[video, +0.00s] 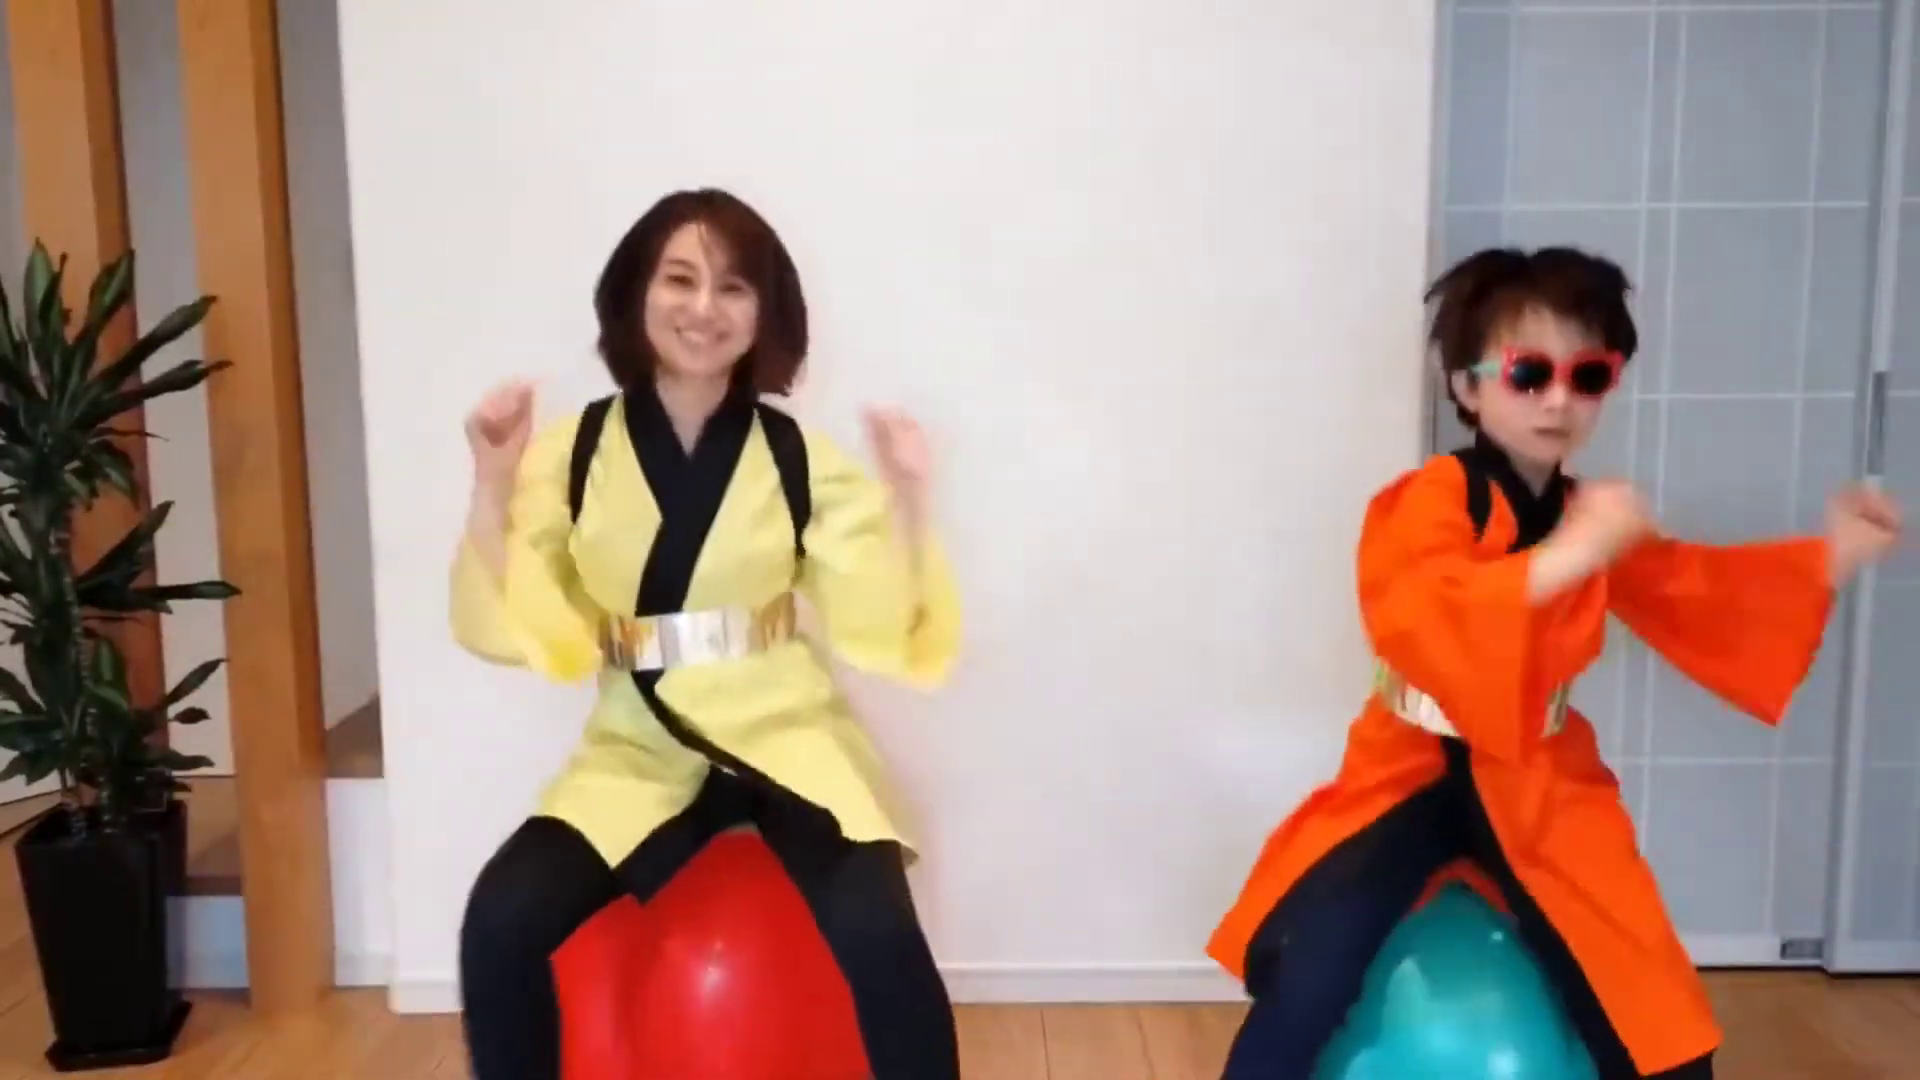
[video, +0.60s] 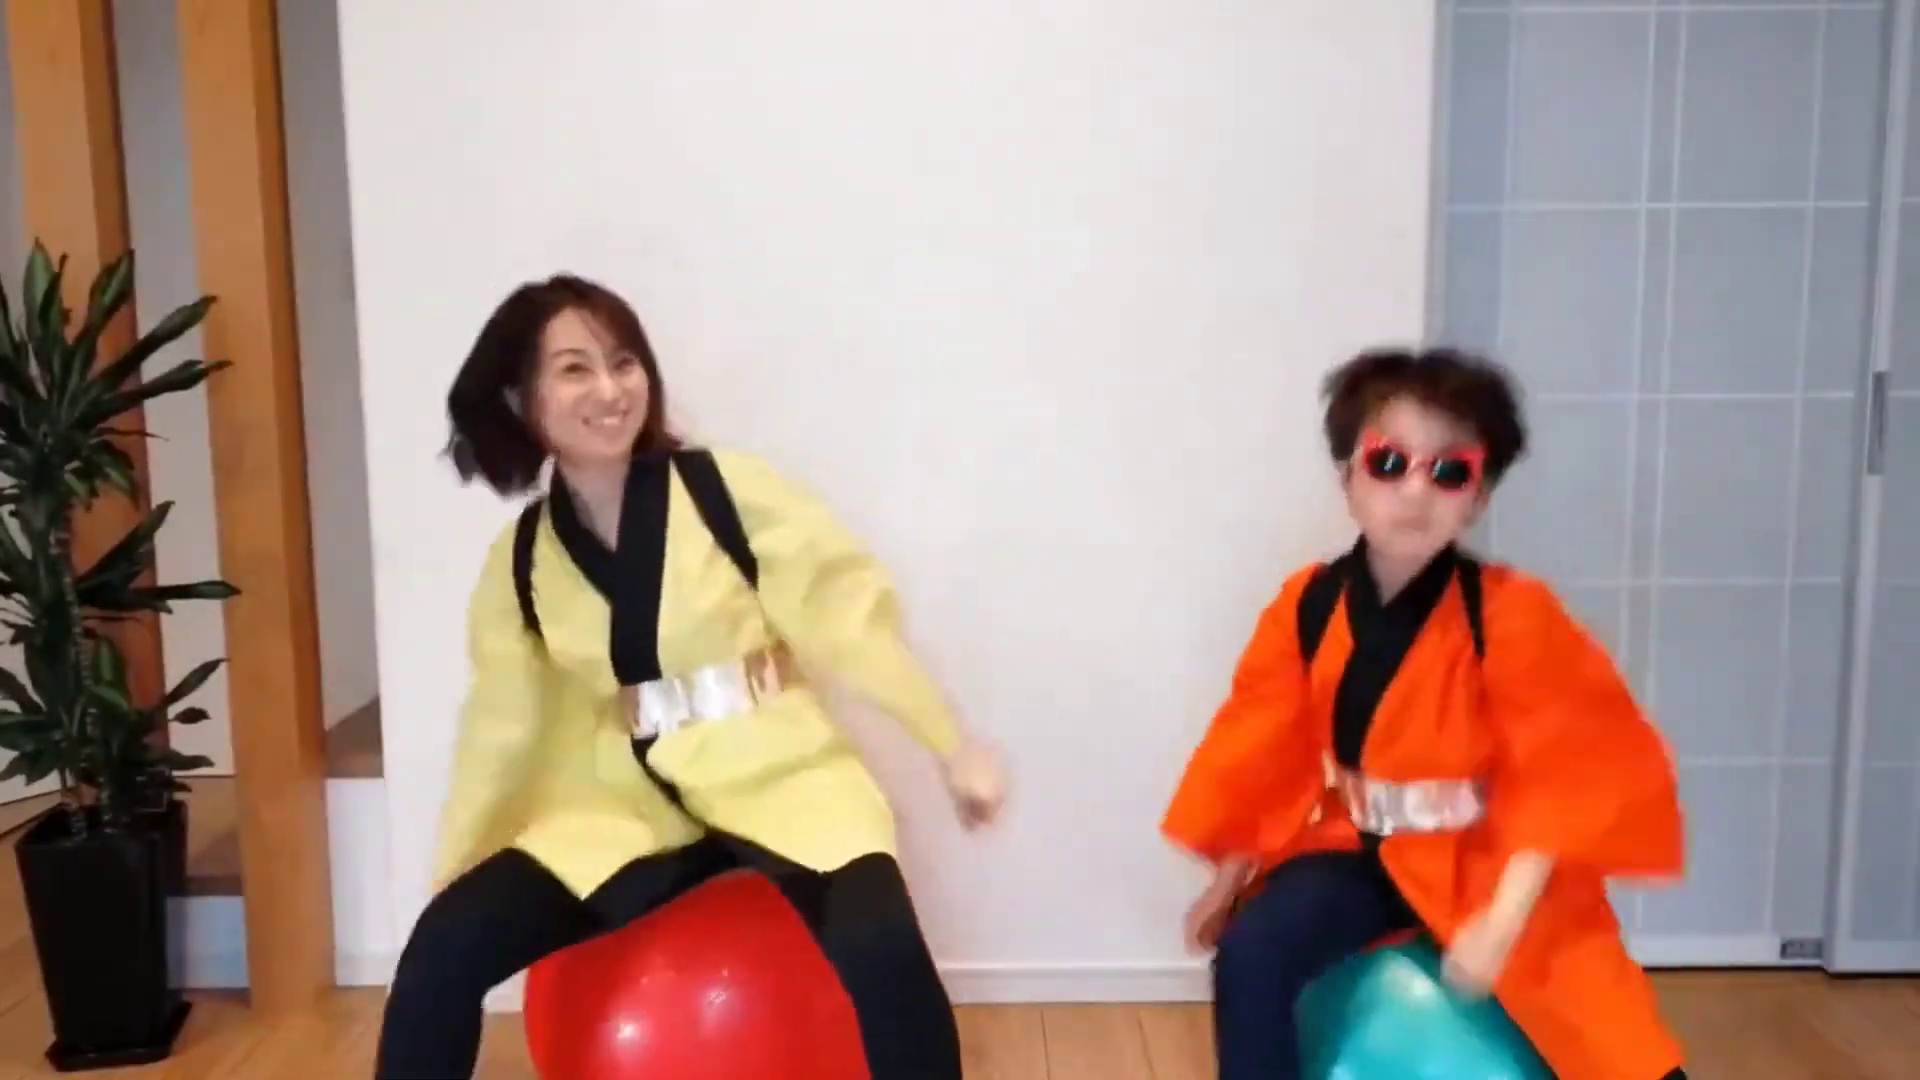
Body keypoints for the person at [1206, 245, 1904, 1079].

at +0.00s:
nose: (1560, 399)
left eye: (1587, 377)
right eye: (1529, 373)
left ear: (1609, 391)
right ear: (1467, 389)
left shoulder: (1591, 517)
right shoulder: (1421, 504)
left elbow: (1698, 589)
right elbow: (1423, 618)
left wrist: (1828, 555)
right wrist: (1563, 558)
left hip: (1537, 780)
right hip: (1408, 774)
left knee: (1643, 1006)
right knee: (1306, 965)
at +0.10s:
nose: (1554, 478)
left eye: (1582, 454)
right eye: (1521, 451)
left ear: (1603, 468)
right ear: (1461, 465)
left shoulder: (1597, 597)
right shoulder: (1407, 576)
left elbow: (1725, 706)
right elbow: (1353, 698)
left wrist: (1707, 603)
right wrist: (1451, 597)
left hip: (1541, 848)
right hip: (1409, 838)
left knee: (1638, 1015)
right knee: (1311, 982)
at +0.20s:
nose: (1529, 563)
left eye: (1558, 541)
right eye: (1498, 538)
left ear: (1579, 557)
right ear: (1446, 557)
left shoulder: (1590, 676)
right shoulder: (1397, 666)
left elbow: (1689, 803)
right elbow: (1304, 815)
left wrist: (1693, 688)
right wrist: (1392, 716)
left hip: (1525, 921)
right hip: (1391, 909)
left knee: (1612, 1055)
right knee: (1280, 1009)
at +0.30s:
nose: (1505, 526)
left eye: (1536, 501)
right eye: (1473, 499)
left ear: (1565, 516)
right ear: (1429, 511)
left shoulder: (1589, 642)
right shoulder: (1385, 628)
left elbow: (1624, 799)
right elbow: (1280, 787)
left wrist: (1679, 726)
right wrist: (1329, 761)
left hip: (1532, 908)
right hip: (1390, 898)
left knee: (1657, 1052)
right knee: (1277, 1021)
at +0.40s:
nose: (1479, 457)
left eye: (1511, 431)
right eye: (1447, 429)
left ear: (1546, 436)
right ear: (1409, 431)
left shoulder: (1576, 554)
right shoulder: (1367, 542)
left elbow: (1614, 718)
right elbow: (1301, 676)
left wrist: (1659, 718)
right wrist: (1283, 753)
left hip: (1532, 829)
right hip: (1387, 822)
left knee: (1633, 983)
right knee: (1302, 970)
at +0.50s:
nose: (1452, 436)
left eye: (1486, 412)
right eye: (1423, 408)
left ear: (1519, 425)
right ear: (1382, 415)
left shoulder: (1547, 543)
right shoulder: (1338, 534)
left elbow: (1632, 677)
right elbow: (1281, 659)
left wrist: (1614, 740)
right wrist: (1256, 779)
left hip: (1515, 811)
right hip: (1372, 809)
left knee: (1616, 957)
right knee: (1289, 944)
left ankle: (1652, 1065)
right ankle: (1283, 1067)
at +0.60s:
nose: (1415, 489)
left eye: (1451, 469)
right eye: (1388, 461)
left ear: (1480, 495)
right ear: (1347, 478)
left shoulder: (1512, 613)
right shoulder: (1309, 606)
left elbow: (1574, 769)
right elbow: (1260, 747)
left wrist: (1505, 916)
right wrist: (1231, 874)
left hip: (1494, 867)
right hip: (1361, 859)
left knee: (1609, 1028)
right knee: (1251, 951)